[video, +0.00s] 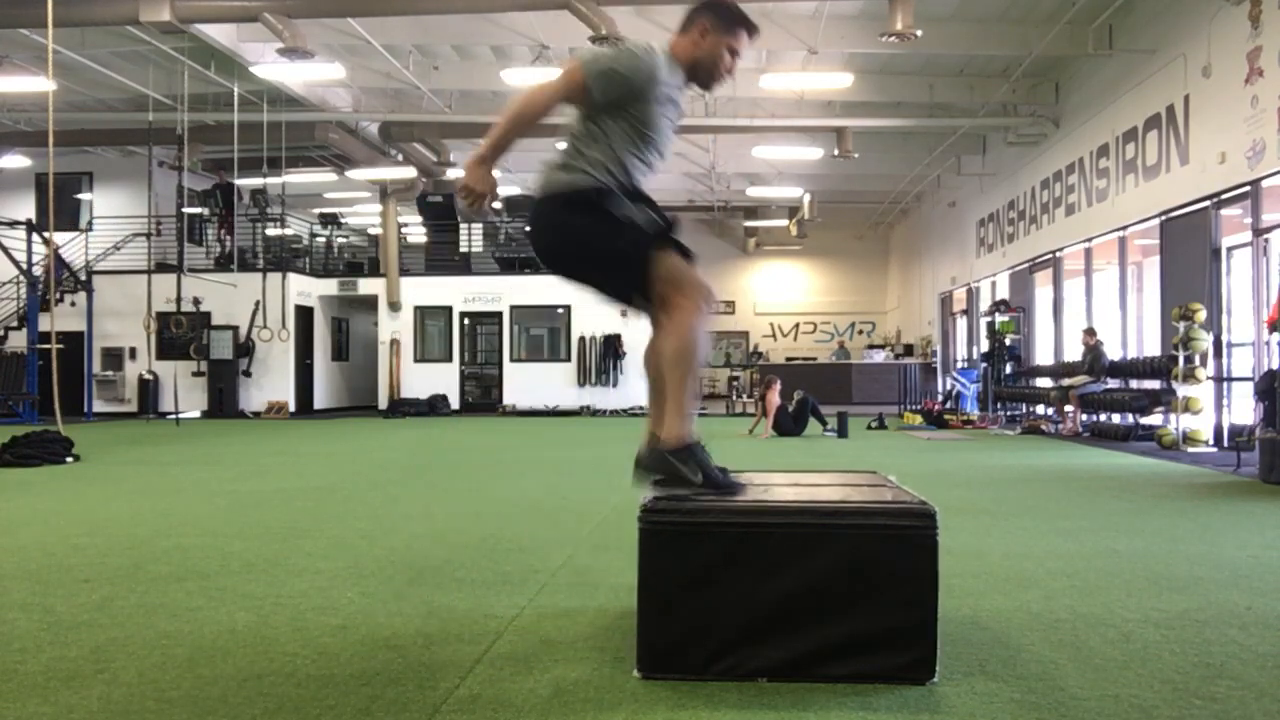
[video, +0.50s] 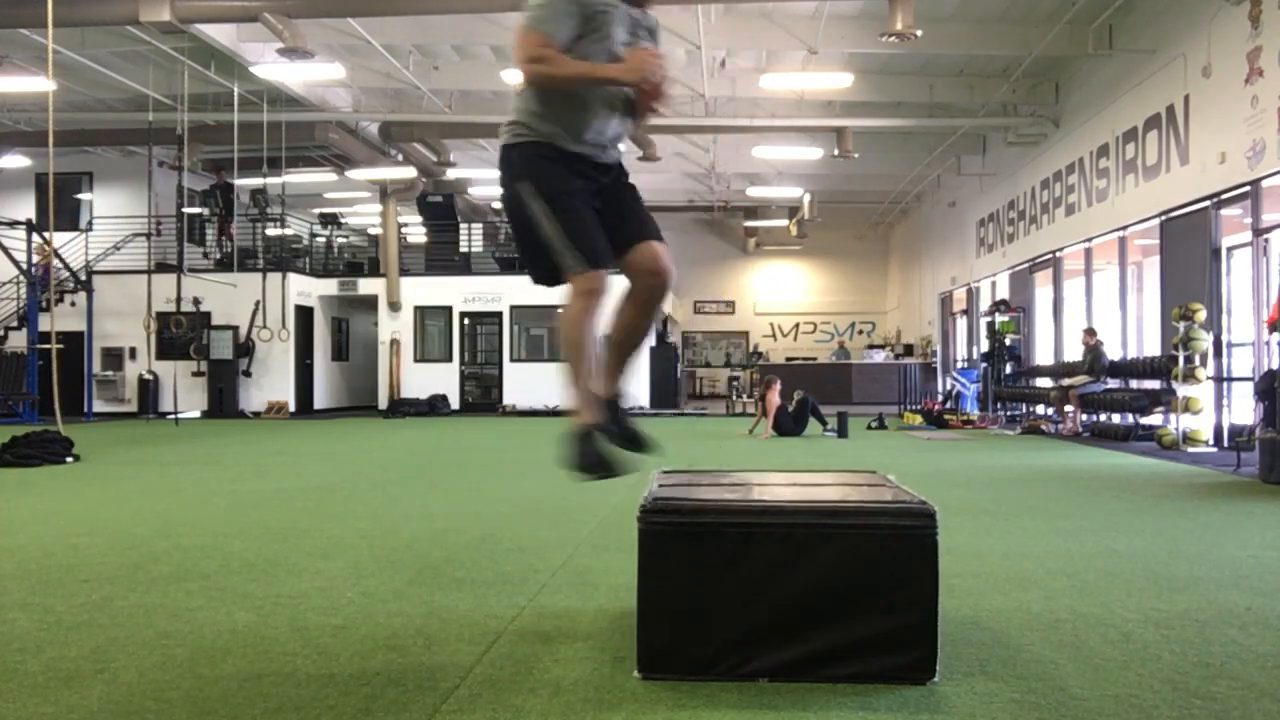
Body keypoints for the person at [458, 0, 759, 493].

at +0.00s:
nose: (732, 68)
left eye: (737, 58)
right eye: (731, 52)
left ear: (702, 39)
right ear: (700, 33)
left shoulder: (670, 87)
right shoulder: (641, 61)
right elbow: (548, 92)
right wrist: (483, 161)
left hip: (587, 214)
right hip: (576, 205)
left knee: (679, 305)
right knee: (688, 292)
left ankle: (661, 444)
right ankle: (675, 442)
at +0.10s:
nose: (743, 92)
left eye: (747, 82)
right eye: (741, 76)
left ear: (709, 66)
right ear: (708, 60)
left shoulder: (672, 113)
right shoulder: (662, 93)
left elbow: (600, 184)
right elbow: (573, 128)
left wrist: (552, 248)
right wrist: (517, 200)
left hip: (590, 246)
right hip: (606, 239)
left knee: (689, 336)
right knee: (727, 326)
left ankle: (660, 459)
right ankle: (673, 457)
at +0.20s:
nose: (740, 87)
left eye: (744, 77)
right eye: (738, 72)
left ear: (706, 62)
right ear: (704, 57)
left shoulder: (677, 110)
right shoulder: (667, 96)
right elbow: (606, 145)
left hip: (596, 245)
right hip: (616, 239)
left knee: (693, 351)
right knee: (734, 331)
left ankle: (661, 460)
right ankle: (674, 458)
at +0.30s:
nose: (719, 51)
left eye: (724, 42)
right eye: (716, 35)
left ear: (685, 25)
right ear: (680, 18)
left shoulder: (667, 92)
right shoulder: (643, 59)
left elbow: (641, 199)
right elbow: (601, 120)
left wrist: (690, 231)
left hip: (608, 224)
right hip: (595, 219)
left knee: (689, 326)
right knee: (702, 316)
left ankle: (663, 457)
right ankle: (673, 458)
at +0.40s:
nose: (697, 7)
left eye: (700, 3)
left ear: (674, 3)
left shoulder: (663, 49)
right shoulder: (608, 11)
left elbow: (636, 129)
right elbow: (575, 75)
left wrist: (678, 143)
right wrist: (659, 99)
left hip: (604, 183)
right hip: (561, 171)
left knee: (667, 296)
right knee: (631, 295)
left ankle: (664, 443)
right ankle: (656, 442)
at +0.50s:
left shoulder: (645, 25)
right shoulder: (570, 3)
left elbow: (624, 116)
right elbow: (531, 62)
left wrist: (643, 101)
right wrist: (619, 71)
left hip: (600, 162)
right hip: (539, 153)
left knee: (653, 273)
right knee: (588, 279)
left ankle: (606, 397)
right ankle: (585, 427)